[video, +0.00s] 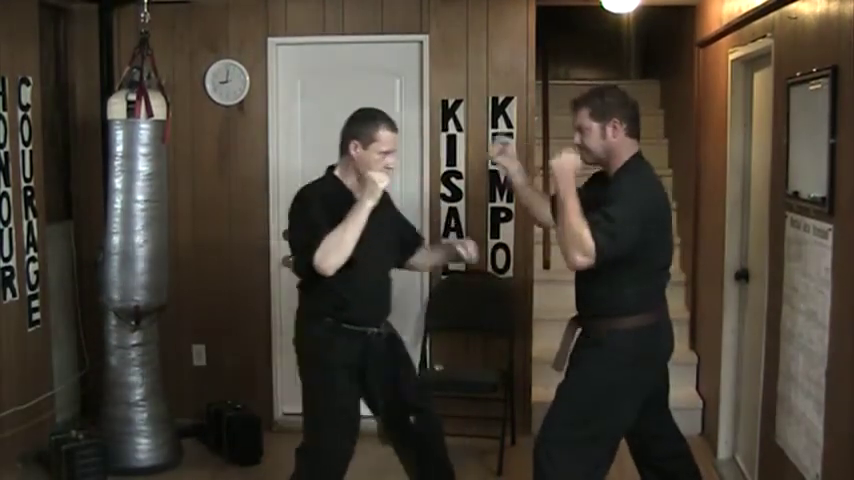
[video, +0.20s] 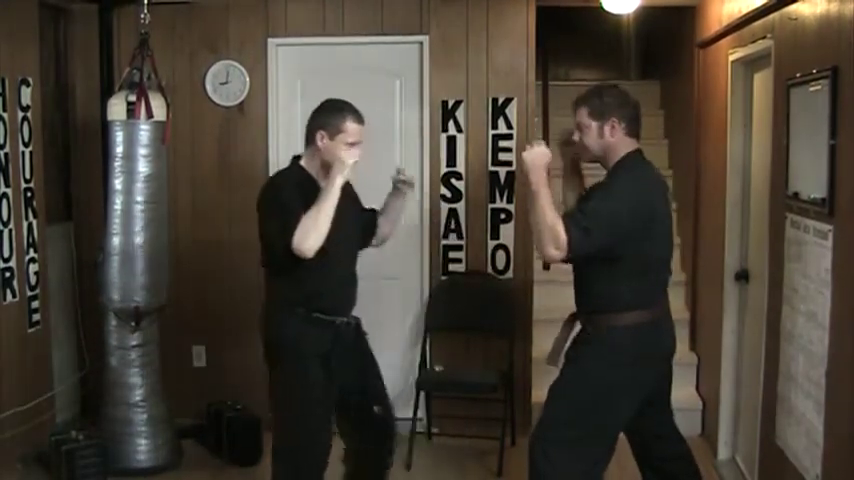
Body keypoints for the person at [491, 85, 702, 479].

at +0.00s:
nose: (575, 140)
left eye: (582, 131)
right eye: (575, 131)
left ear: (613, 130)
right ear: (612, 131)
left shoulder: (633, 188)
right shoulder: (612, 182)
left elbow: (580, 255)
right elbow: (551, 215)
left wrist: (566, 182)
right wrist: (516, 176)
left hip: (621, 342)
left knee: (558, 456)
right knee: (659, 450)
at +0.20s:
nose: (577, 139)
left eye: (582, 129)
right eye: (576, 130)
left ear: (612, 128)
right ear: (616, 128)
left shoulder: (626, 186)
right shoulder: (642, 178)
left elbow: (556, 246)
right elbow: (578, 228)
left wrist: (537, 180)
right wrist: (573, 168)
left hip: (617, 343)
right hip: (644, 337)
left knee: (554, 453)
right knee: (660, 448)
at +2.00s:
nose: (586, 135)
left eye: (591, 125)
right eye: (585, 125)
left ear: (621, 126)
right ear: (626, 126)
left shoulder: (621, 187)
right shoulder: (662, 179)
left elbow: (550, 247)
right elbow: (602, 220)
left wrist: (540, 185)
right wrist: (587, 163)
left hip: (616, 342)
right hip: (659, 337)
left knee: (557, 455)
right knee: (666, 449)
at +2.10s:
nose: (585, 136)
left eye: (590, 126)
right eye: (585, 126)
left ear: (620, 126)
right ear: (628, 126)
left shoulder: (618, 189)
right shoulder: (663, 180)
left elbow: (548, 253)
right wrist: (595, 169)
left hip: (617, 342)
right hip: (661, 336)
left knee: (557, 454)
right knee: (666, 450)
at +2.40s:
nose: (583, 140)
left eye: (588, 129)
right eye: (583, 130)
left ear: (618, 127)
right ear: (624, 127)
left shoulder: (623, 191)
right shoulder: (660, 181)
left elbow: (556, 265)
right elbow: (601, 231)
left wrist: (548, 252)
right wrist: (584, 172)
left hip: (621, 341)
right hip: (658, 335)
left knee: (559, 452)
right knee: (664, 449)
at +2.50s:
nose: (581, 141)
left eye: (587, 130)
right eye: (581, 131)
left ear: (618, 129)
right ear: (619, 129)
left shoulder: (633, 186)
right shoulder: (631, 178)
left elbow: (586, 260)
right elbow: (575, 221)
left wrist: (555, 205)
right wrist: (544, 185)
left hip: (625, 341)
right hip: (645, 333)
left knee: (562, 454)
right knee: (663, 450)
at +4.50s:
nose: (588, 136)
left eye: (594, 126)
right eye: (588, 127)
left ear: (625, 127)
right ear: (628, 127)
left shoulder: (631, 185)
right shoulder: (661, 179)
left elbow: (562, 243)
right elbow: (599, 227)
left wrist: (548, 170)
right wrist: (581, 167)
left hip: (618, 342)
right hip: (655, 336)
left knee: (556, 455)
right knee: (665, 450)